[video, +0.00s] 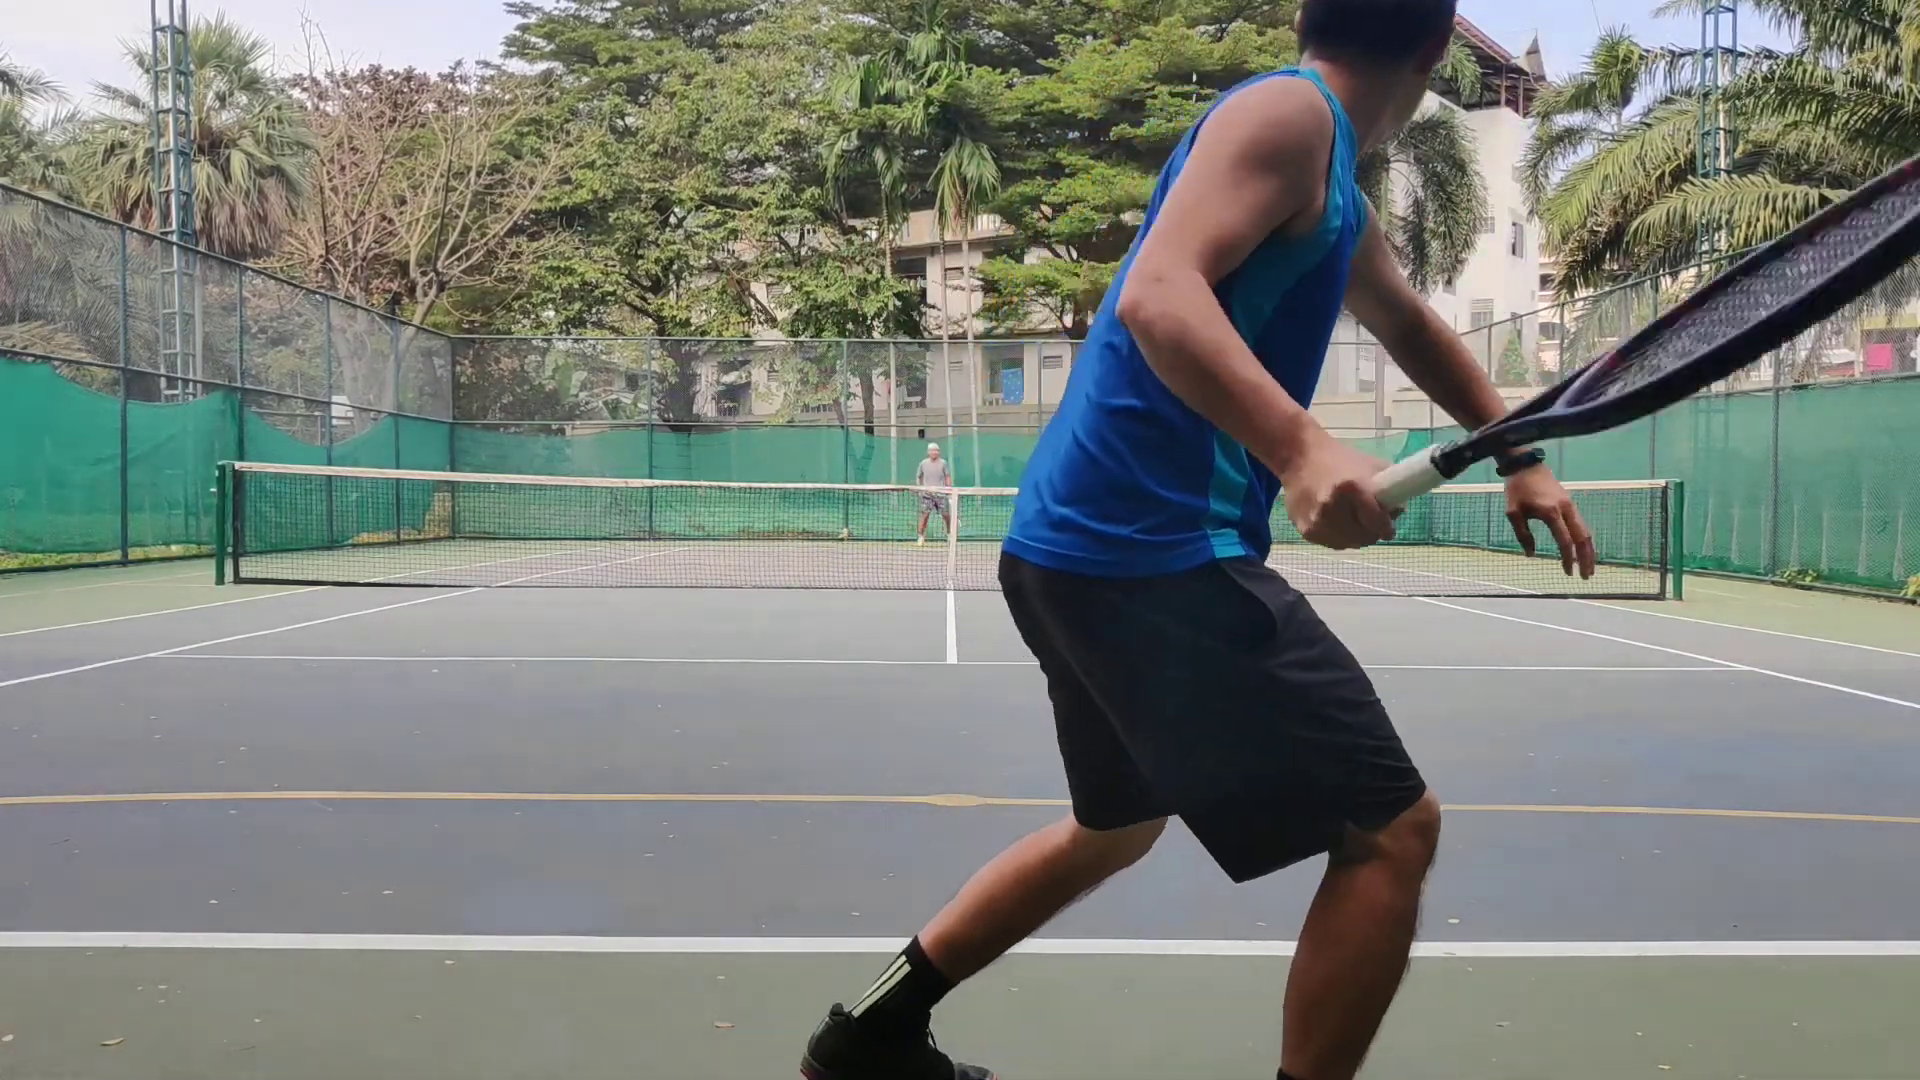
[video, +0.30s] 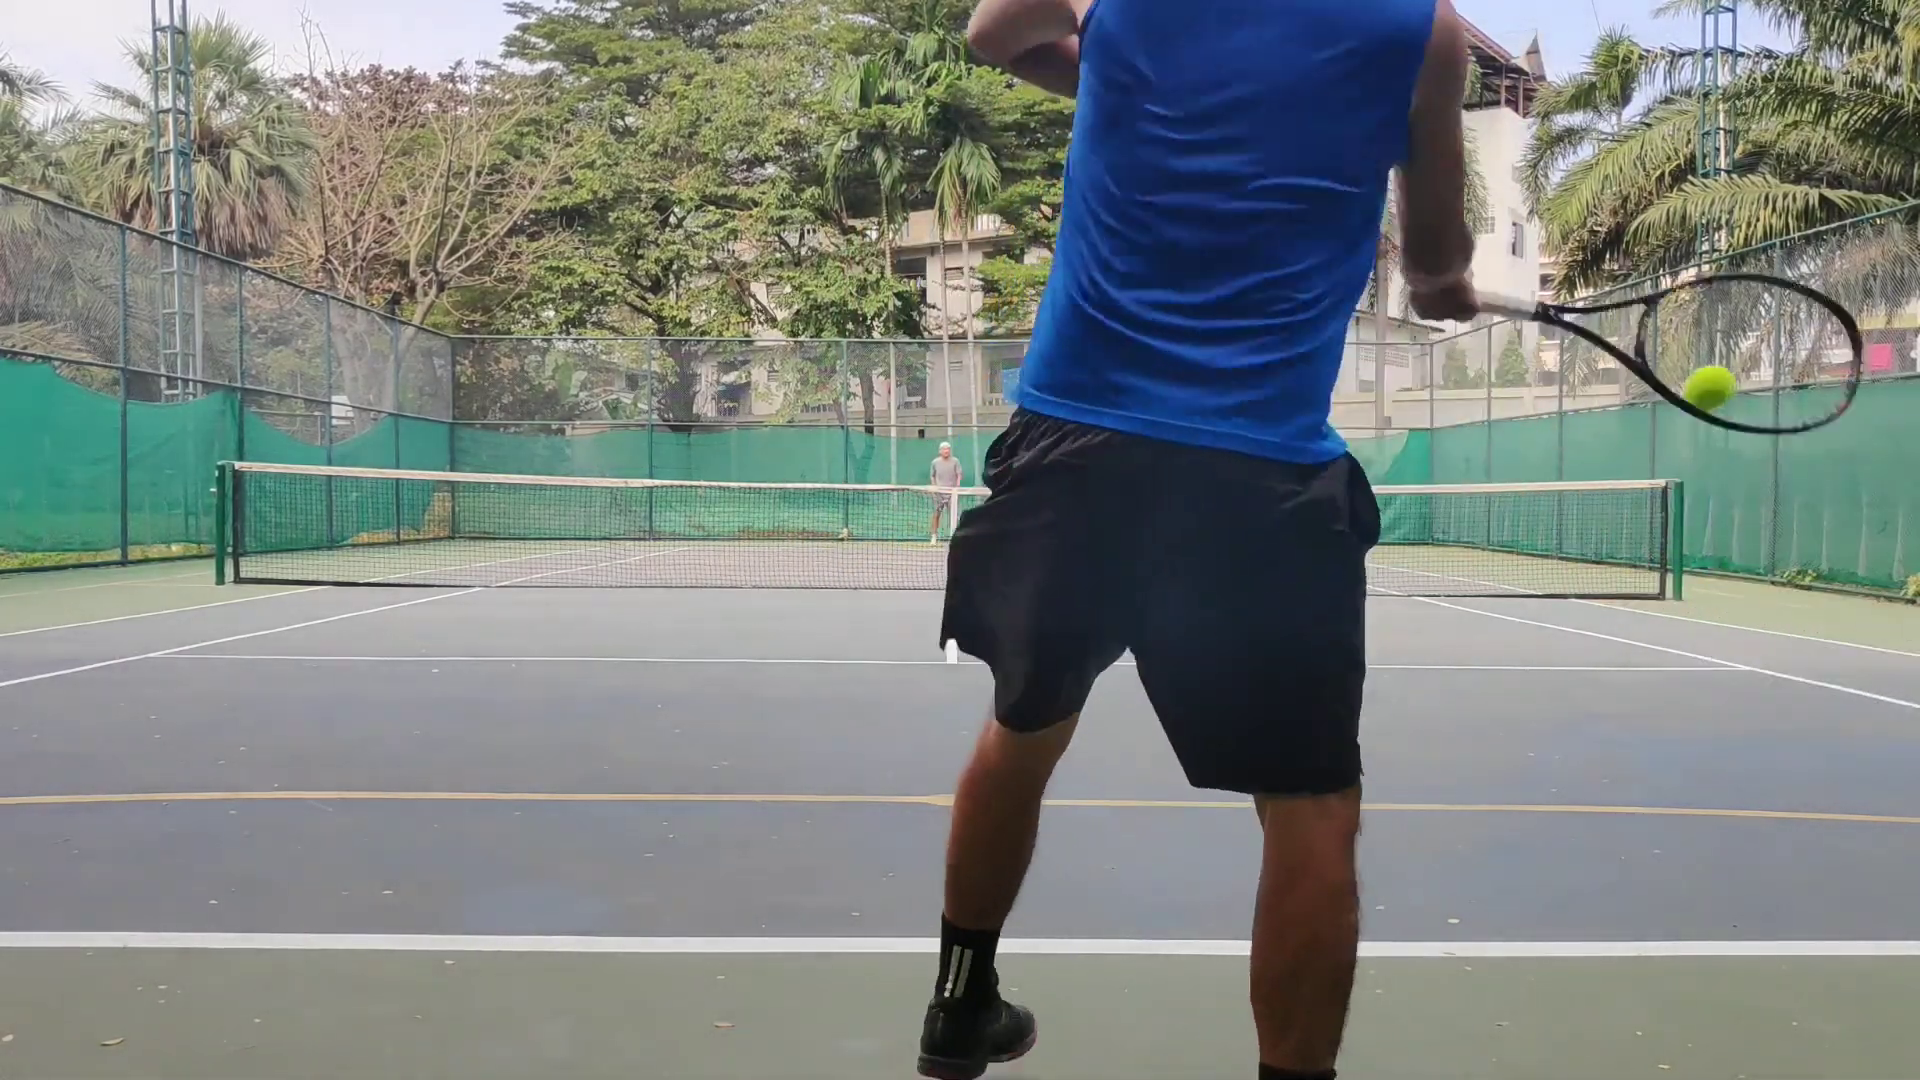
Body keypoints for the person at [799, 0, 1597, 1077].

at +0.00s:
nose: (1436, 79)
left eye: (1439, 58)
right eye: (1444, 55)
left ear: (1321, 25)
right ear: (1432, 49)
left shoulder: (1325, 174)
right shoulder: (1286, 114)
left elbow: (1413, 328)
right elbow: (1160, 296)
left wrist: (1520, 458)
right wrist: (1305, 452)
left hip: (1078, 549)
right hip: (1153, 556)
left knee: (1117, 823)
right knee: (1392, 827)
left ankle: (880, 1024)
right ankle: (1310, 1069)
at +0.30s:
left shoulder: (1126, 8)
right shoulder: (1420, 23)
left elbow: (993, 30)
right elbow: (1436, 258)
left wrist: (1129, 85)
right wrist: (1446, 290)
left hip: (1069, 454)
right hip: (1261, 484)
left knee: (1021, 726)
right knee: (1310, 817)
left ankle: (958, 1003)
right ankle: (1296, 1072)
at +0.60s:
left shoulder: (1102, 12)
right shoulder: (1251, 17)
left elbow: (988, 65)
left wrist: (872, 70)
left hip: (1075, 460)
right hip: (1244, 462)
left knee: (985, 797)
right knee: (1264, 820)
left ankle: (957, 1067)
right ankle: (1291, 1071)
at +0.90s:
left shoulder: (1027, 32)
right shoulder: (1012, 79)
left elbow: (1145, 179)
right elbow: (891, 199)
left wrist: (945, 284)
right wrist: (787, 197)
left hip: (1007, 492)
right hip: (1136, 495)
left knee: (925, 815)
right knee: (1160, 789)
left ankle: (955, 1079)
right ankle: (1317, 1057)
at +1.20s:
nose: (957, 21)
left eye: (956, 13)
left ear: (968, 3)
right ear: (1064, 1)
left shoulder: (987, 62)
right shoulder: (1140, 106)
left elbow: (990, 228)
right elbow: (1184, 306)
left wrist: (895, 314)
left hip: (1030, 489)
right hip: (1162, 496)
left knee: (890, 774)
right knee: (1116, 768)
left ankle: (952, 1065)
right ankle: (1187, 1045)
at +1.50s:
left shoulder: (907, 40)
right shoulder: (1154, 70)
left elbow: (848, 225)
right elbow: (1228, 239)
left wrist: (917, 266)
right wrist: (1139, 317)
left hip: (959, 452)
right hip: (1118, 460)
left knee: (829, 726)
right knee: (1151, 738)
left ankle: (738, 1031)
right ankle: (1243, 1028)